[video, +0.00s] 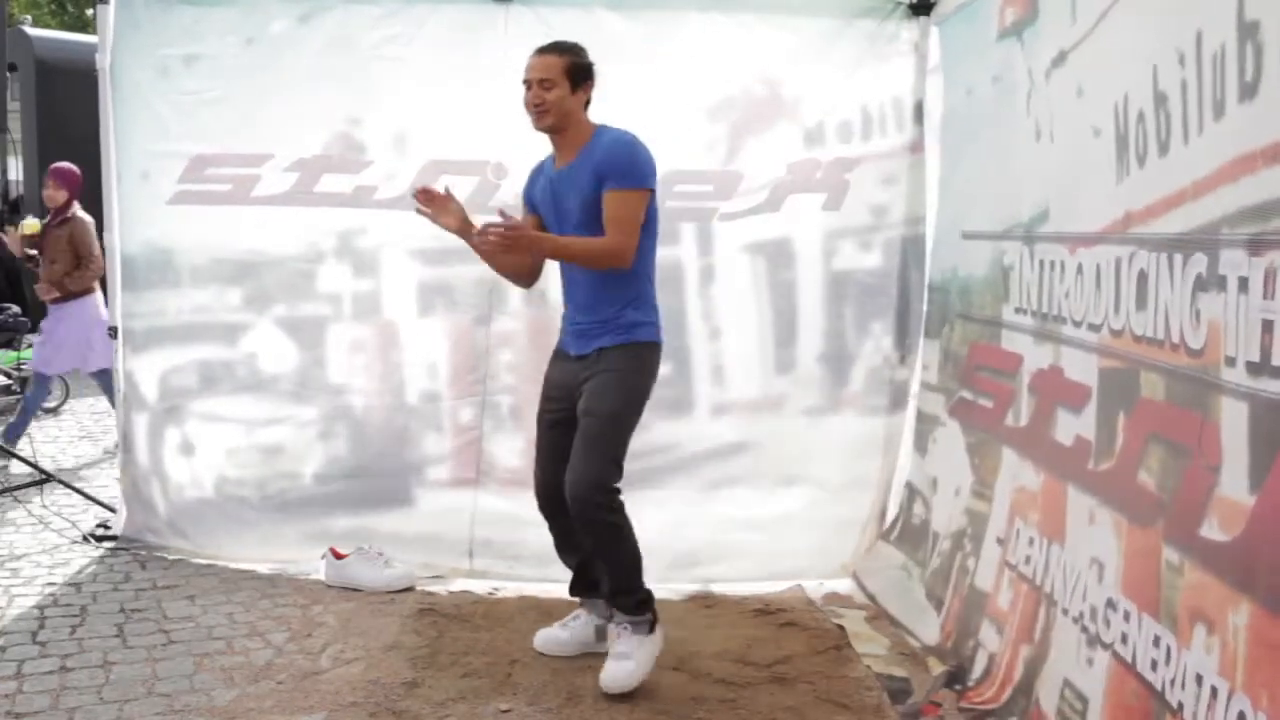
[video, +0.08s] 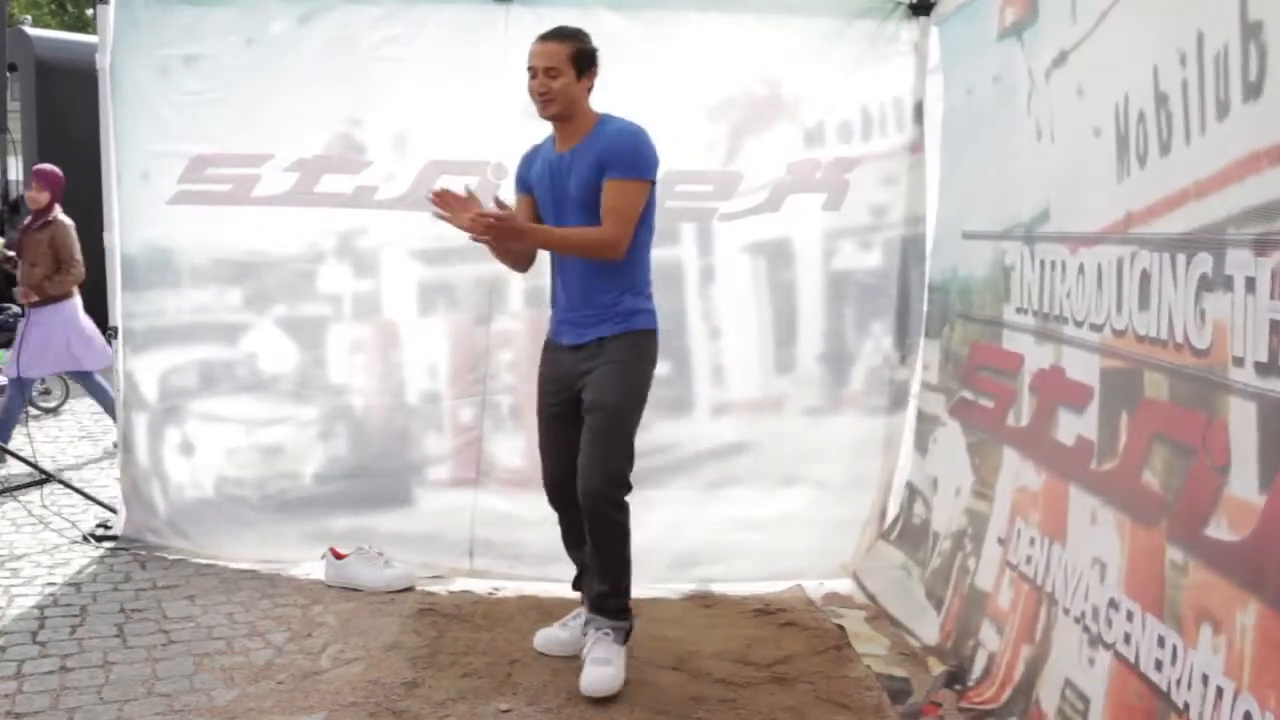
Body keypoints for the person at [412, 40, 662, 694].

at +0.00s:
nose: (533, 97)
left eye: (546, 86)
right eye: (528, 87)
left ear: (583, 92)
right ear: (527, 95)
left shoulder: (621, 153)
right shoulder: (540, 180)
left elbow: (620, 250)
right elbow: (525, 271)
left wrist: (542, 243)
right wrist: (466, 229)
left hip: (626, 346)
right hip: (572, 350)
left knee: (589, 486)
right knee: (553, 487)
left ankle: (637, 622)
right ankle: (596, 609)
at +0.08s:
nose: (539, 86)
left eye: (552, 74)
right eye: (532, 74)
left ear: (587, 79)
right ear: (529, 82)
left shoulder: (626, 143)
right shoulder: (534, 164)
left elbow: (614, 241)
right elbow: (523, 257)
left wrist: (525, 231)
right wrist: (484, 228)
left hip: (622, 339)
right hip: (564, 344)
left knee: (600, 485)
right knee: (563, 486)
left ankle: (610, 627)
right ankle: (596, 607)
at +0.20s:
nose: (551, 86)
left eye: (564, 76)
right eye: (544, 76)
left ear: (596, 82)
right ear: (537, 83)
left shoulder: (632, 152)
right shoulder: (528, 163)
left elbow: (622, 253)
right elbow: (520, 253)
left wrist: (536, 253)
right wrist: (504, 253)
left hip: (615, 349)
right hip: (551, 351)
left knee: (599, 498)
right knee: (558, 499)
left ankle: (598, 638)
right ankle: (596, 612)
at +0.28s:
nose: (563, 91)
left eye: (577, 81)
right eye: (555, 79)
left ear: (606, 87)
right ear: (546, 83)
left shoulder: (640, 163)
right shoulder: (524, 159)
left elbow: (645, 268)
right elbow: (498, 258)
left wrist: (595, 266)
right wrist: (497, 251)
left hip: (614, 351)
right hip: (546, 352)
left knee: (601, 493)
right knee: (557, 499)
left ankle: (606, 633)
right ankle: (595, 607)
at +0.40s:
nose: (583, 99)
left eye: (597, 88)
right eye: (574, 86)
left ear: (623, 92)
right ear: (561, 87)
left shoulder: (650, 176)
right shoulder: (523, 148)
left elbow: (661, 280)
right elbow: (443, 213)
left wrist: (678, 263)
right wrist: (448, 185)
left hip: (609, 349)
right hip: (536, 354)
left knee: (604, 482)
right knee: (554, 499)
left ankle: (611, 622)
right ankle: (590, 610)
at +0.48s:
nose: (591, 94)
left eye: (604, 83)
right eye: (582, 82)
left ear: (631, 86)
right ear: (570, 81)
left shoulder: (653, 175)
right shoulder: (529, 135)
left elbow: (672, 274)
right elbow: (434, 169)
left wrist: (717, 262)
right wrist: (425, 142)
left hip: (598, 344)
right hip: (527, 344)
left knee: (601, 483)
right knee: (556, 491)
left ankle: (608, 620)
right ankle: (587, 602)